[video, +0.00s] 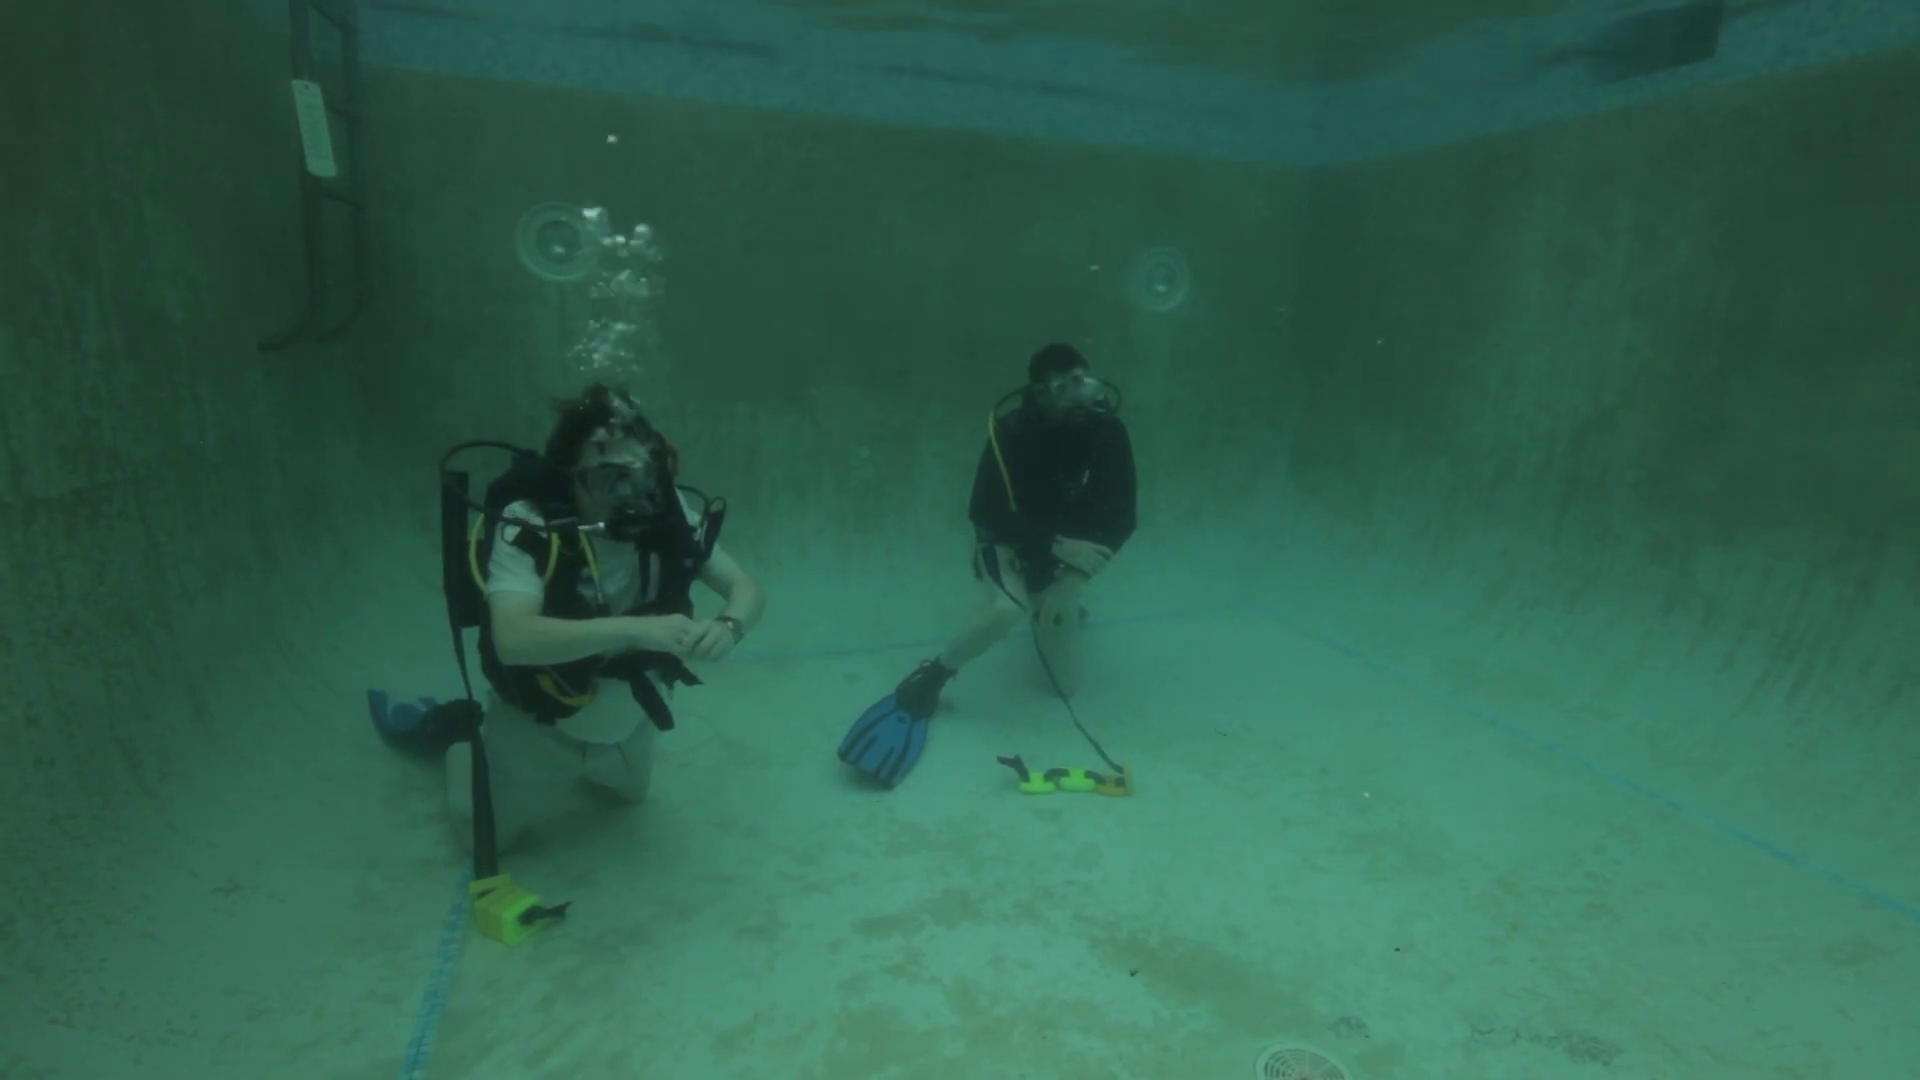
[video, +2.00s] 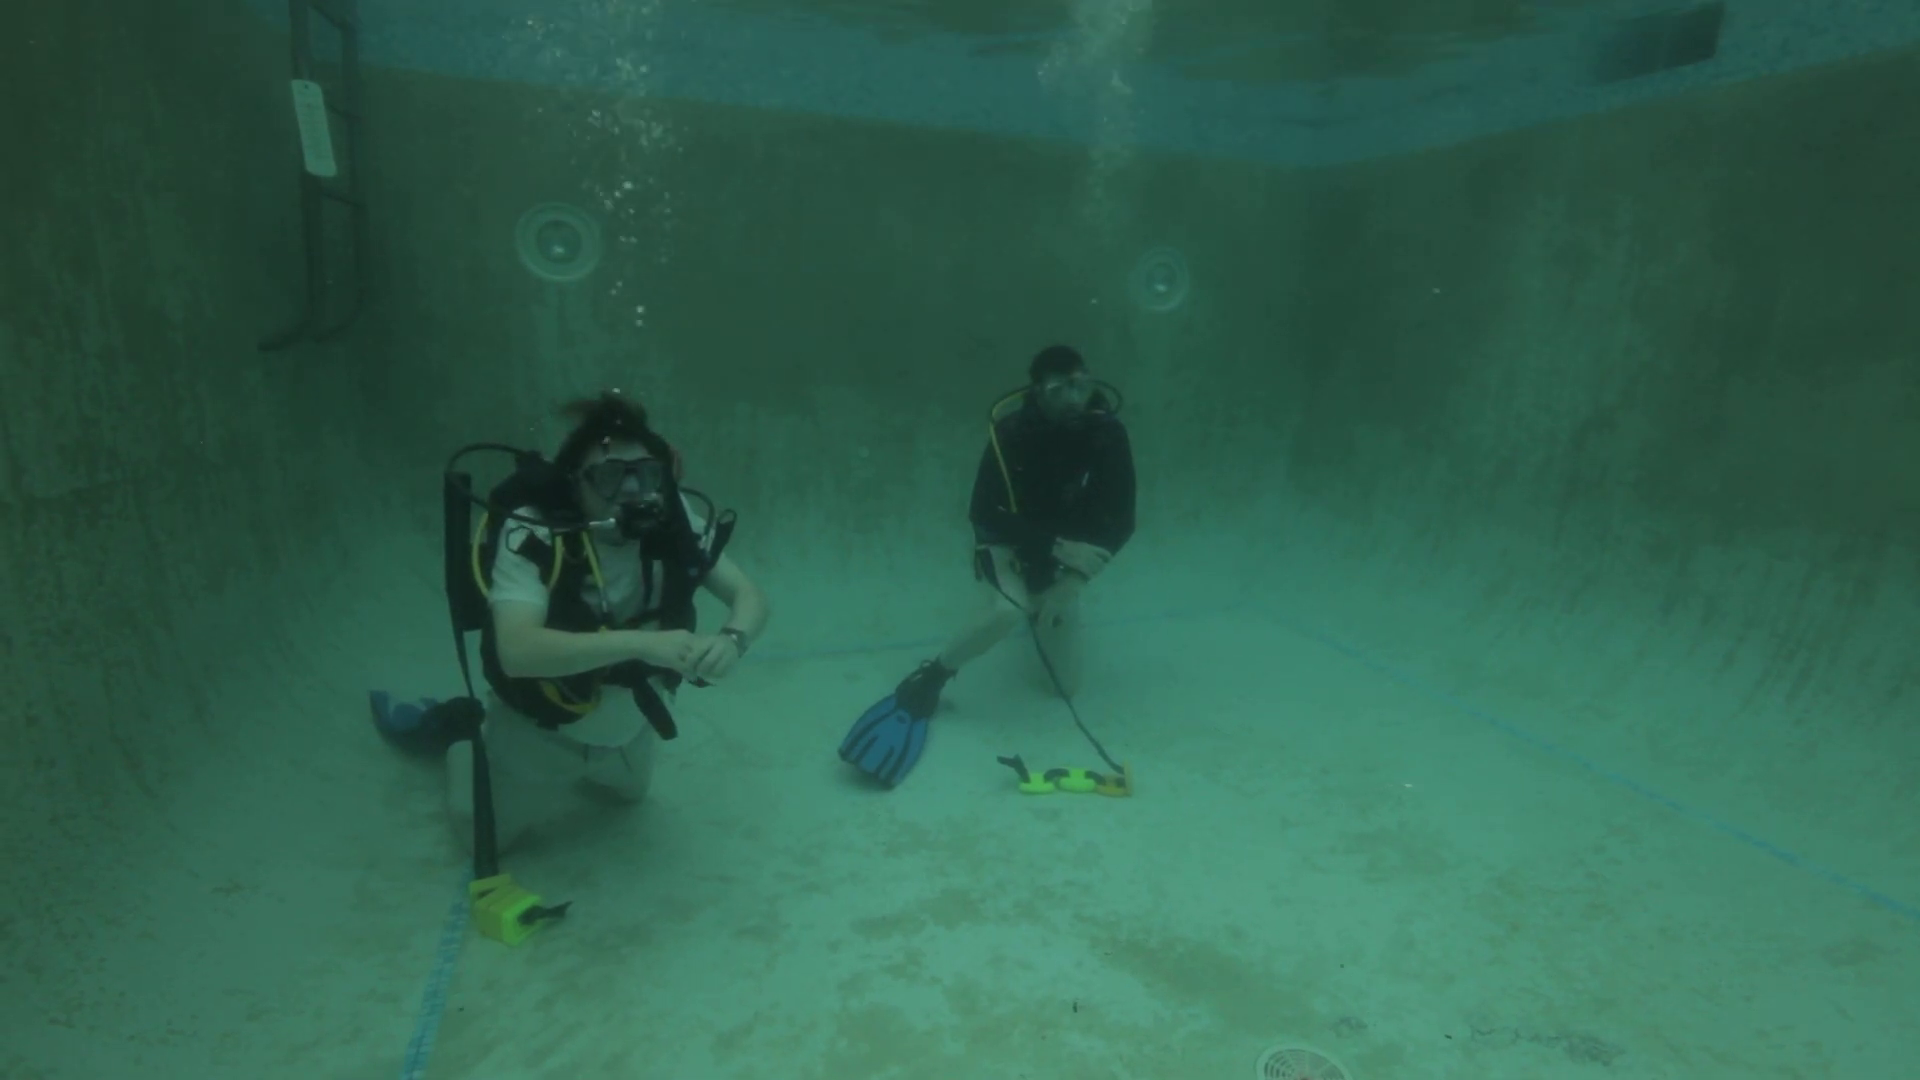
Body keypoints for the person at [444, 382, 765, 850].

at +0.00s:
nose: (622, 492)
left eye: (633, 475)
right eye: (604, 477)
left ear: (656, 471)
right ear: (573, 478)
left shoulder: (668, 515)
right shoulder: (527, 522)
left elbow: (745, 588)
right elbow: (512, 638)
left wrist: (729, 626)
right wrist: (638, 631)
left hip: (626, 706)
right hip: (538, 713)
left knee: (628, 786)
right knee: (486, 835)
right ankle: (461, 729)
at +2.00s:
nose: (630, 492)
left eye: (642, 476)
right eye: (610, 477)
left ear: (661, 478)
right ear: (575, 481)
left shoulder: (672, 521)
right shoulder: (531, 530)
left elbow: (749, 596)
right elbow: (516, 652)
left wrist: (733, 639)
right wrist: (646, 645)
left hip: (628, 713)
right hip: (538, 720)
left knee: (628, 787)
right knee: (484, 835)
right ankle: (462, 729)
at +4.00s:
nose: (650, 508)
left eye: (656, 489)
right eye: (630, 498)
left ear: (665, 474)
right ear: (582, 496)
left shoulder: (666, 515)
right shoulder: (525, 526)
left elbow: (743, 588)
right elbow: (511, 643)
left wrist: (728, 631)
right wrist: (641, 637)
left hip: (627, 708)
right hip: (538, 718)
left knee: (628, 787)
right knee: (491, 837)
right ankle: (465, 730)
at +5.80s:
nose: (634, 494)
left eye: (637, 475)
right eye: (614, 483)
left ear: (645, 466)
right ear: (566, 491)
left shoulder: (653, 508)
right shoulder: (510, 528)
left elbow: (721, 583)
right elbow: (538, 632)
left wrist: (733, 627)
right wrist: (652, 576)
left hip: (626, 706)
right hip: (538, 719)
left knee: (627, 787)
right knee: (507, 830)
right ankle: (463, 731)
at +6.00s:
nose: (635, 492)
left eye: (636, 472)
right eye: (614, 481)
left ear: (643, 462)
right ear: (562, 489)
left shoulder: (646, 512)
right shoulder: (506, 529)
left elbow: (719, 586)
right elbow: (552, 620)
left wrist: (727, 636)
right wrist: (660, 556)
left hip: (625, 711)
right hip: (538, 722)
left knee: (627, 786)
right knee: (503, 832)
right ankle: (461, 731)